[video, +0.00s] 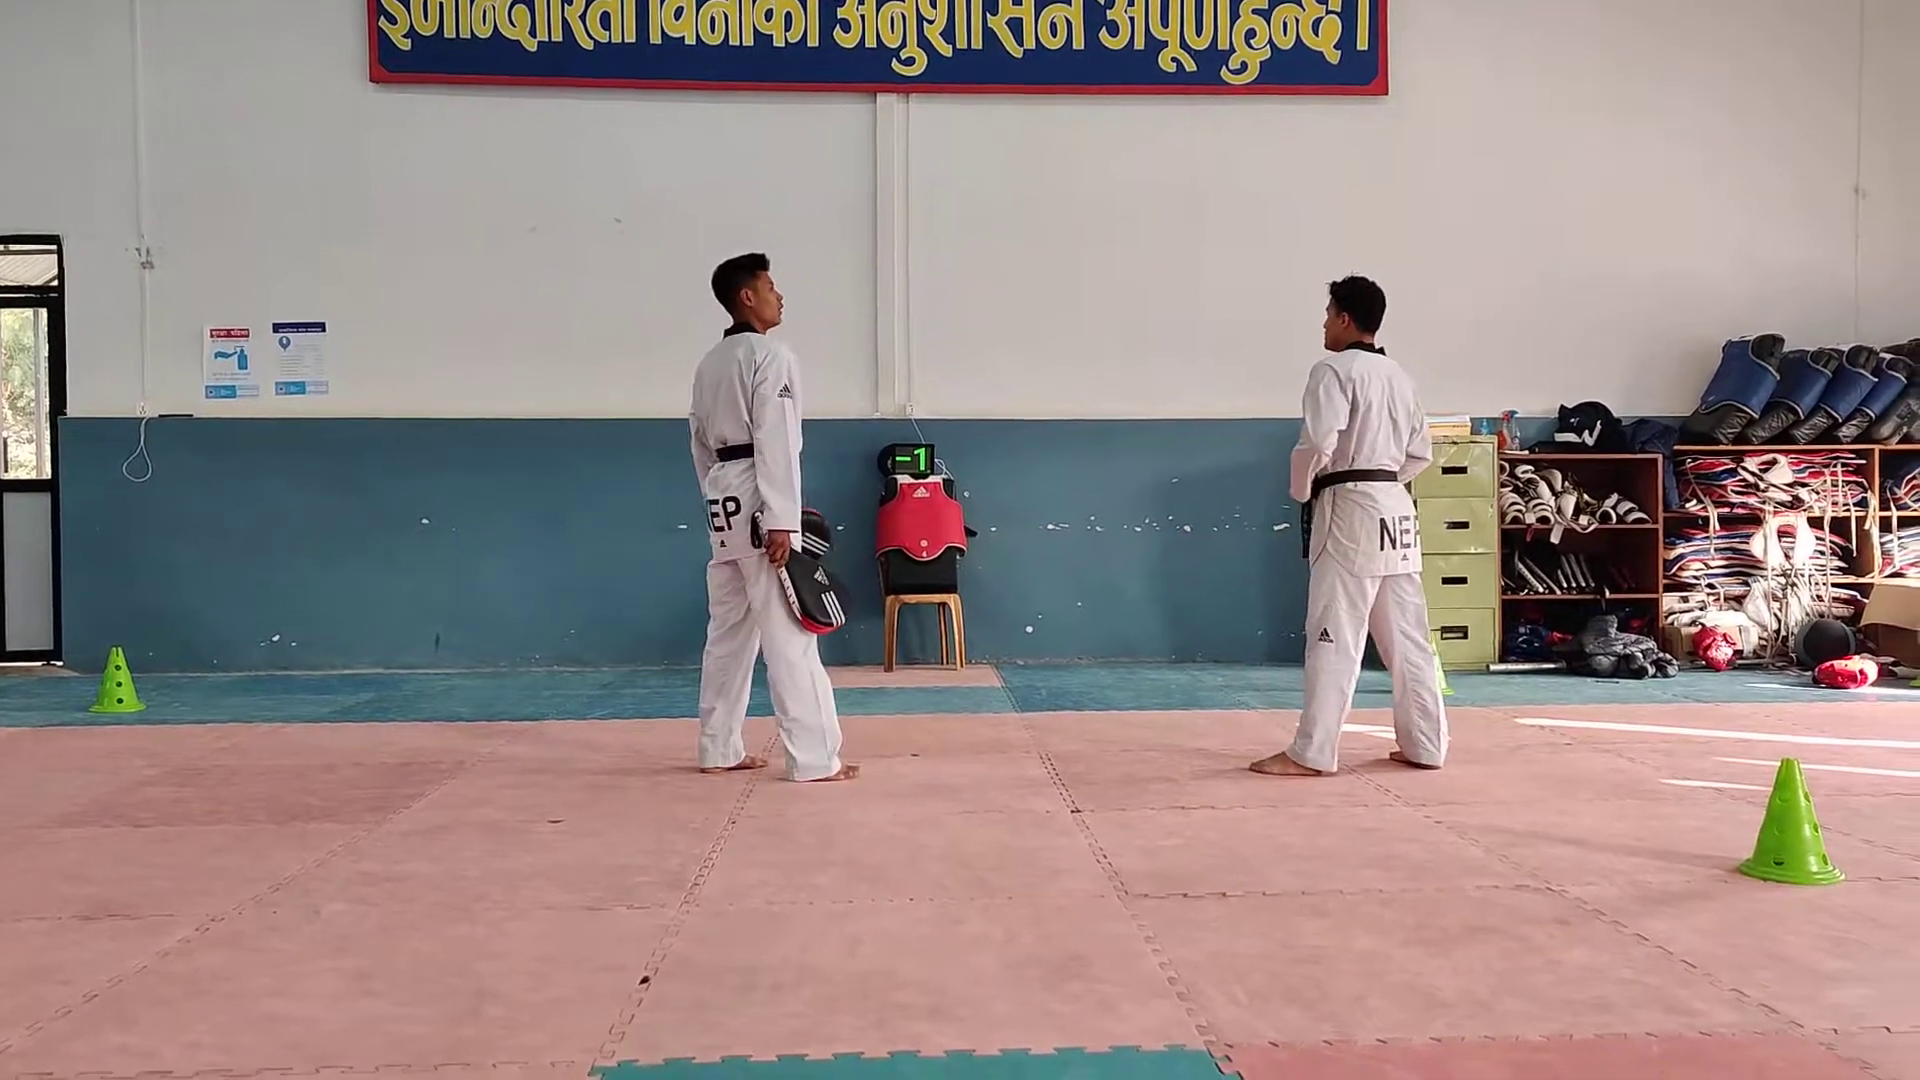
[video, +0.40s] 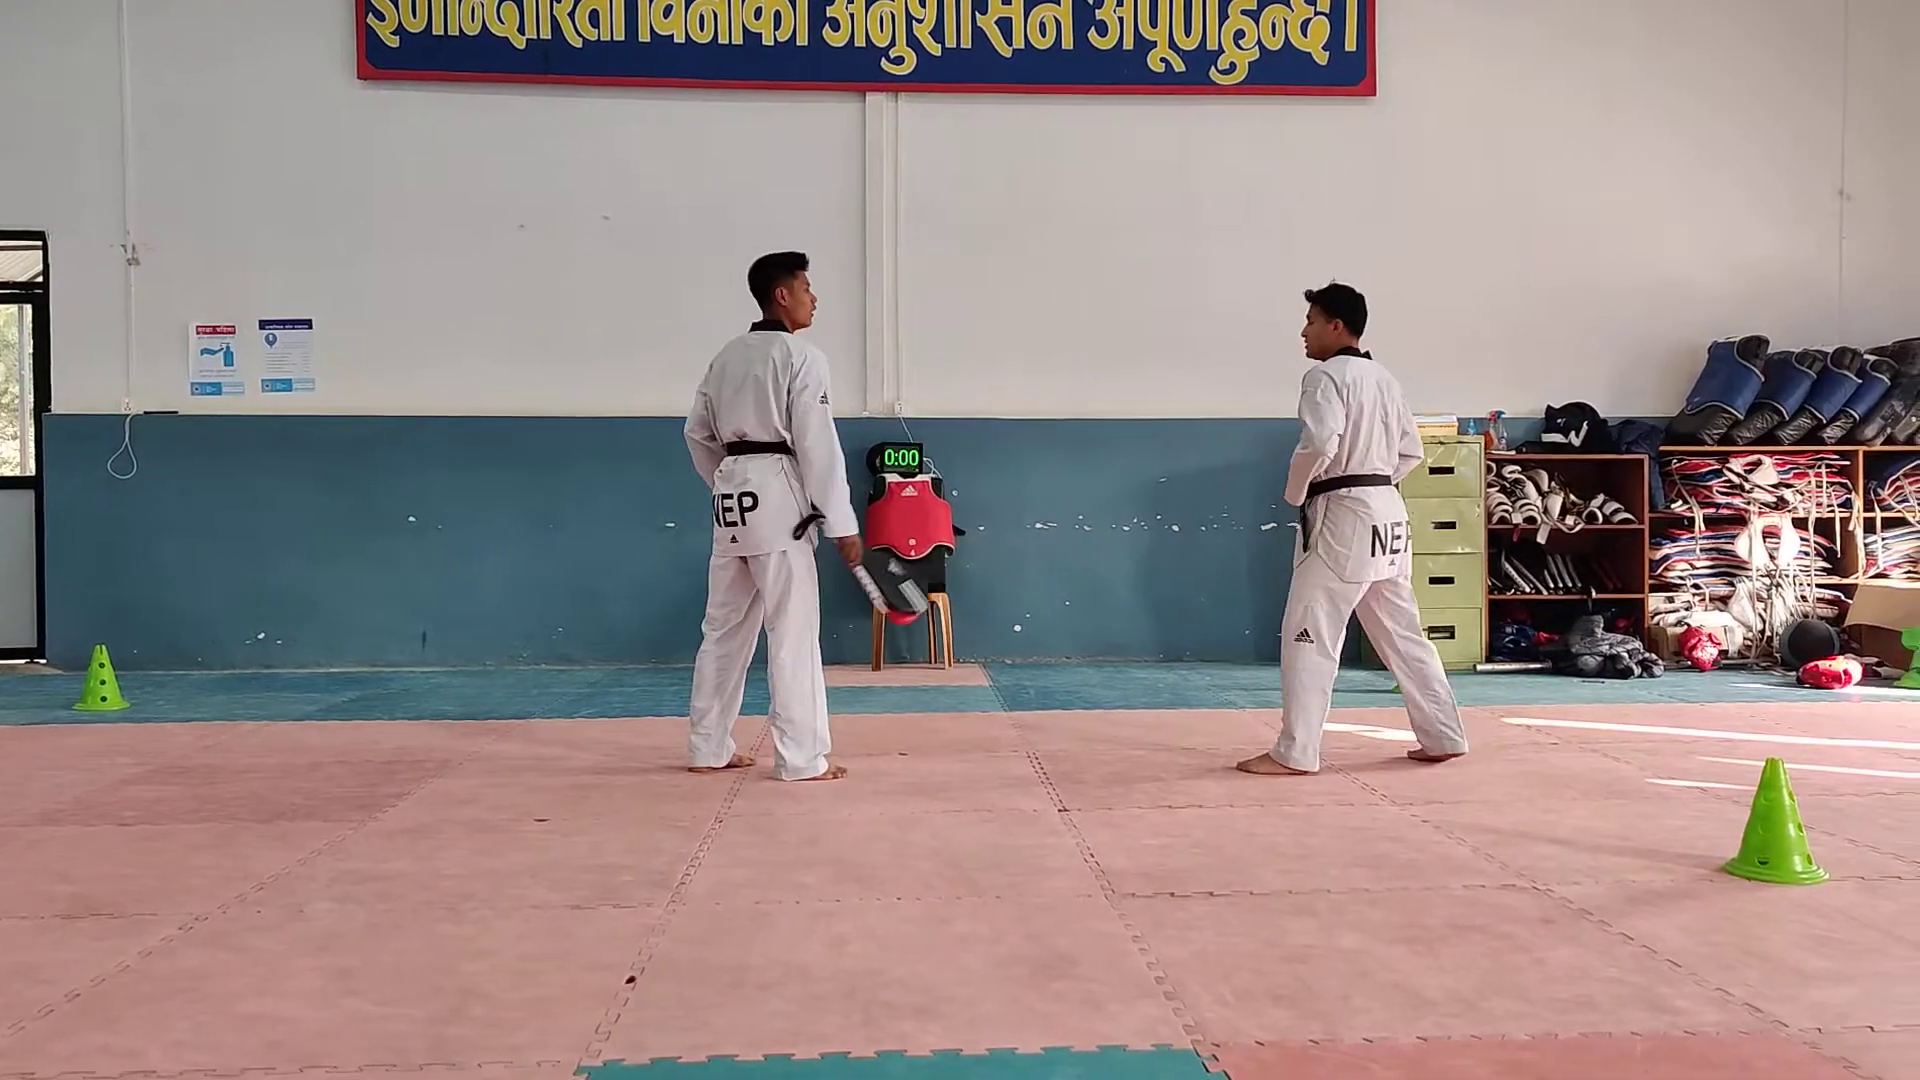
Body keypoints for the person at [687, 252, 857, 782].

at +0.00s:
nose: (780, 295)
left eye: (775, 286)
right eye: (770, 287)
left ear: (740, 300)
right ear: (746, 297)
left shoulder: (709, 364)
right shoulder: (771, 355)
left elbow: (703, 451)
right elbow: (777, 445)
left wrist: (723, 501)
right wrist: (781, 518)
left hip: (722, 507)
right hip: (762, 504)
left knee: (728, 632)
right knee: (790, 633)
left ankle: (720, 749)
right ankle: (815, 758)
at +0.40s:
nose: (814, 298)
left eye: (810, 287)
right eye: (806, 288)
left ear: (771, 298)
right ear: (780, 295)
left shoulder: (726, 357)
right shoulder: (801, 356)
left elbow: (698, 433)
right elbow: (818, 447)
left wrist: (729, 487)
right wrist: (844, 525)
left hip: (729, 494)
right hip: (779, 491)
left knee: (724, 627)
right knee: (794, 627)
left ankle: (708, 748)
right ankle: (802, 757)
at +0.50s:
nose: (825, 302)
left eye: (823, 292)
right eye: (818, 293)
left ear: (782, 300)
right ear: (793, 298)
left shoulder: (734, 353)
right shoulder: (807, 358)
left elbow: (700, 425)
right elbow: (838, 448)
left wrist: (727, 473)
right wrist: (892, 508)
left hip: (726, 487)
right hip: (773, 487)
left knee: (723, 624)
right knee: (789, 622)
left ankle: (706, 749)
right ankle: (798, 758)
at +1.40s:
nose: (779, 318)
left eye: (778, 308)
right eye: (772, 308)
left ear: (737, 314)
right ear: (744, 311)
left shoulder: (691, 370)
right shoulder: (741, 371)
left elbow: (709, 457)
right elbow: (765, 448)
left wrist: (768, 468)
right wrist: (841, 447)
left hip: (677, 502)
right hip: (717, 504)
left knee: (702, 626)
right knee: (772, 620)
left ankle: (648, 735)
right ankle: (807, 749)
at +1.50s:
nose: (749, 309)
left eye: (748, 299)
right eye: (741, 299)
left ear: (716, 304)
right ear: (711, 301)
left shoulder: (699, 363)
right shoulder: (692, 358)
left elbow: (710, 450)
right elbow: (685, 435)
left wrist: (764, 478)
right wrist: (759, 434)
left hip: (659, 489)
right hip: (679, 487)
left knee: (692, 619)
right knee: (751, 603)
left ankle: (653, 733)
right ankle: (811, 737)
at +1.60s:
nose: (724, 295)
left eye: (723, 286)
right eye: (715, 286)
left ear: (695, 290)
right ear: (686, 288)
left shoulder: (703, 353)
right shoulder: (648, 348)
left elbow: (705, 438)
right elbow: (634, 422)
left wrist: (756, 468)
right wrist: (711, 419)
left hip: (665, 475)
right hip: (640, 475)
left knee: (675, 604)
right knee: (708, 591)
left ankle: (666, 722)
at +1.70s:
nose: (690, 287)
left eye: (690, 278)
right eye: (683, 277)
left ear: (664, 280)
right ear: (655, 278)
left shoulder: (673, 346)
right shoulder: (611, 339)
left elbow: (681, 430)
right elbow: (600, 414)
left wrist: (732, 462)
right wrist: (676, 397)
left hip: (654, 474)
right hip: (610, 468)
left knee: (686, 597)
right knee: (641, 590)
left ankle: (676, 718)